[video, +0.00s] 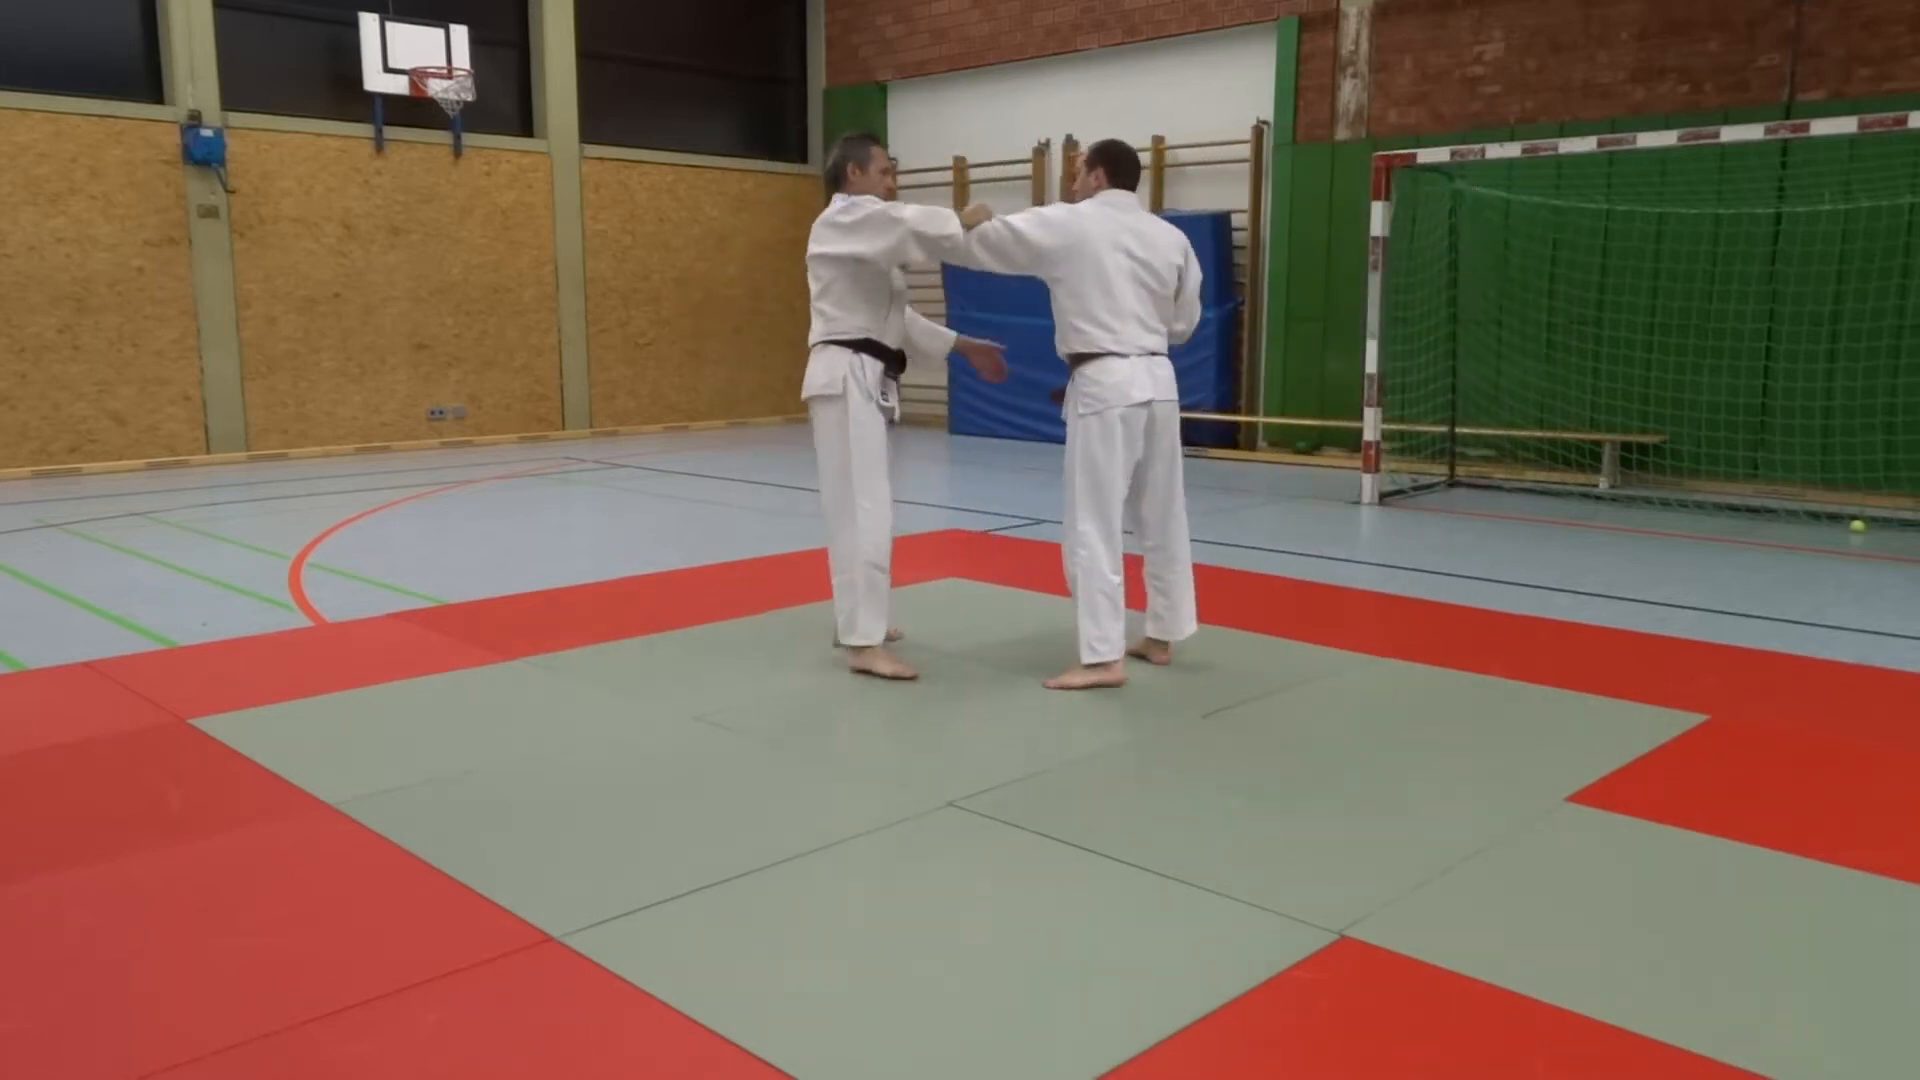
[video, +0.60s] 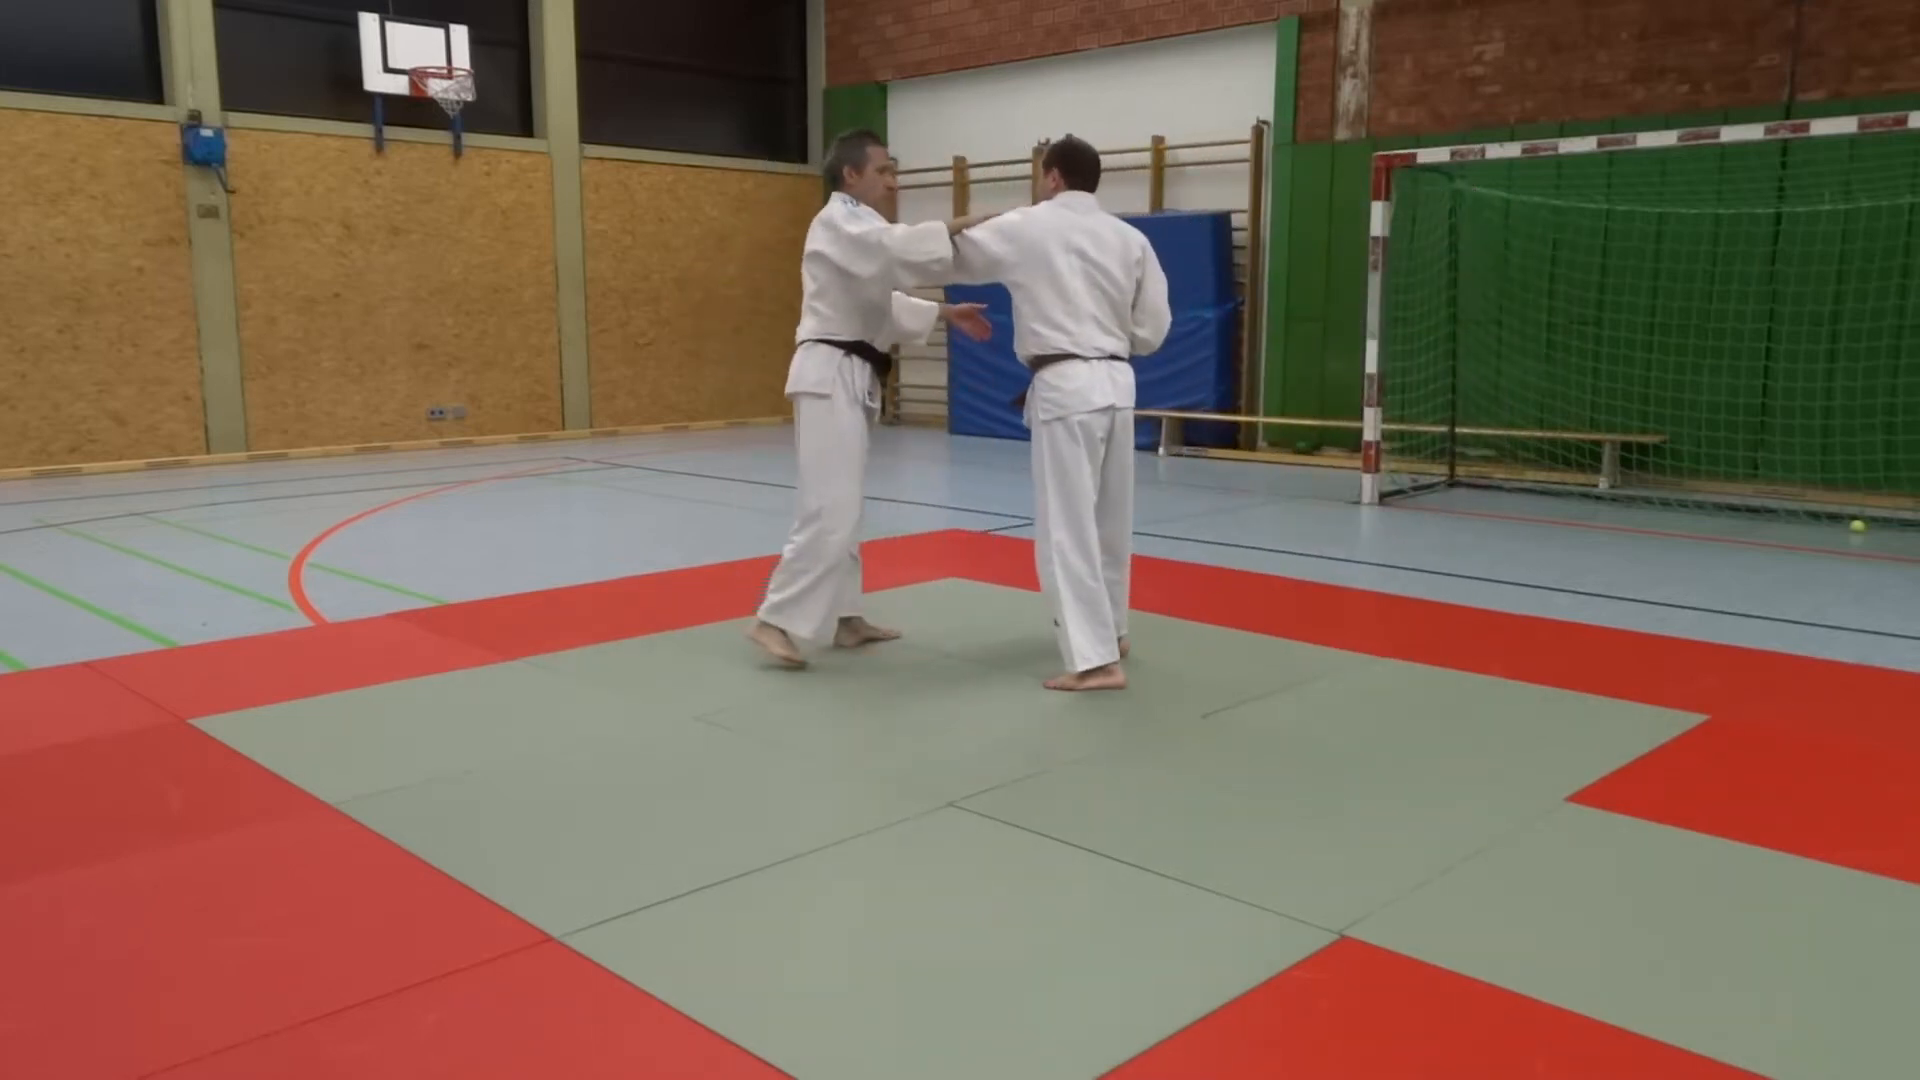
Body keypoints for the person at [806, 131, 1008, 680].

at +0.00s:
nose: (893, 179)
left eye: (892, 170)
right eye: (884, 170)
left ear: (859, 175)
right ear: (854, 174)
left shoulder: (865, 229)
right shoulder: (841, 216)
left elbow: (894, 319)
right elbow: (902, 225)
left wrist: (963, 345)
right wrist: (961, 220)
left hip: (863, 375)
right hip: (843, 374)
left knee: (864, 504)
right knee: (862, 506)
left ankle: (862, 621)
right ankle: (861, 642)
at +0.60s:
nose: (895, 180)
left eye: (893, 171)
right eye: (885, 170)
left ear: (859, 177)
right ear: (852, 175)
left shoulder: (859, 226)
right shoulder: (836, 219)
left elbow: (877, 302)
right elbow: (892, 246)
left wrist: (946, 313)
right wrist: (967, 229)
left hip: (852, 372)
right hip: (828, 369)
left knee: (845, 503)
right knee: (832, 505)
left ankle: (845, 617)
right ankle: (775, 621)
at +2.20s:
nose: (941, 206)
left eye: (940, 196)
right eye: (933, 196)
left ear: (902, 202)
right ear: (901, 201)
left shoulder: (902, 243)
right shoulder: (890, 244)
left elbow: (954, 289)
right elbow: (953, 303)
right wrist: (1050, 276)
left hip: (856, 395)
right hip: (827, 388)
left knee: (854, 517)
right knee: (831, 532)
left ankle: (844, 616)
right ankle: (779, 674)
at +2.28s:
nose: (930, 199)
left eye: (928, 188)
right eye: (923, 188)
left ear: (884, 189)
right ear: (895, 188)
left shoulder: (866, 231)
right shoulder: (883, 235)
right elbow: (953, 296)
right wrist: (1046, 273)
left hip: (830, 390)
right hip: (815, 388)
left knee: (843, 516)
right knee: (818, 533)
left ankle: (842, 618)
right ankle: (777, 677)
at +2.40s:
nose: (893, 184)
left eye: (893, 173)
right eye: (888, 173)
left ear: (850, 171)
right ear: (859, 172)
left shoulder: (842, 215)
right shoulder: (843, 218)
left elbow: (906, 262)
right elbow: (913, 282)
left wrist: (975, 274)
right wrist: (1008, 276)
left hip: (824, 383)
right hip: (802, 380)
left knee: (834, 514)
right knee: (802, 527)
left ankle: (806, 633)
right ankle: (774, 680)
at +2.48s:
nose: (862, 179)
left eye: (861, 169)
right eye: (856, 168)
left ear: (819, 169)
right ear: (831, 169)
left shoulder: (814, 211)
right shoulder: (826, 214)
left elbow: (869, 262)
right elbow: (892, 272)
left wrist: (907, 245)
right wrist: (985, 264)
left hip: (809, 382)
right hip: (793, 380)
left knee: (817, 528)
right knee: (794, 531)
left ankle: (789, 654)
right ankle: (771, 680)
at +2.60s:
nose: (832, 169)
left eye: (829, 160)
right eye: (825, 159)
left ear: (790, 166)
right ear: (800, 164)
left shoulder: (790, 211)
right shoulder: (789, 207)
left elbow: (863, 261)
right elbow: (869, 246)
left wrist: (927, 244)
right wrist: (969, 242)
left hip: (783, 381)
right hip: (771, 381)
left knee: (794, 527)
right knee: (791, 530)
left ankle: (789, 656)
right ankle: (777, 676)